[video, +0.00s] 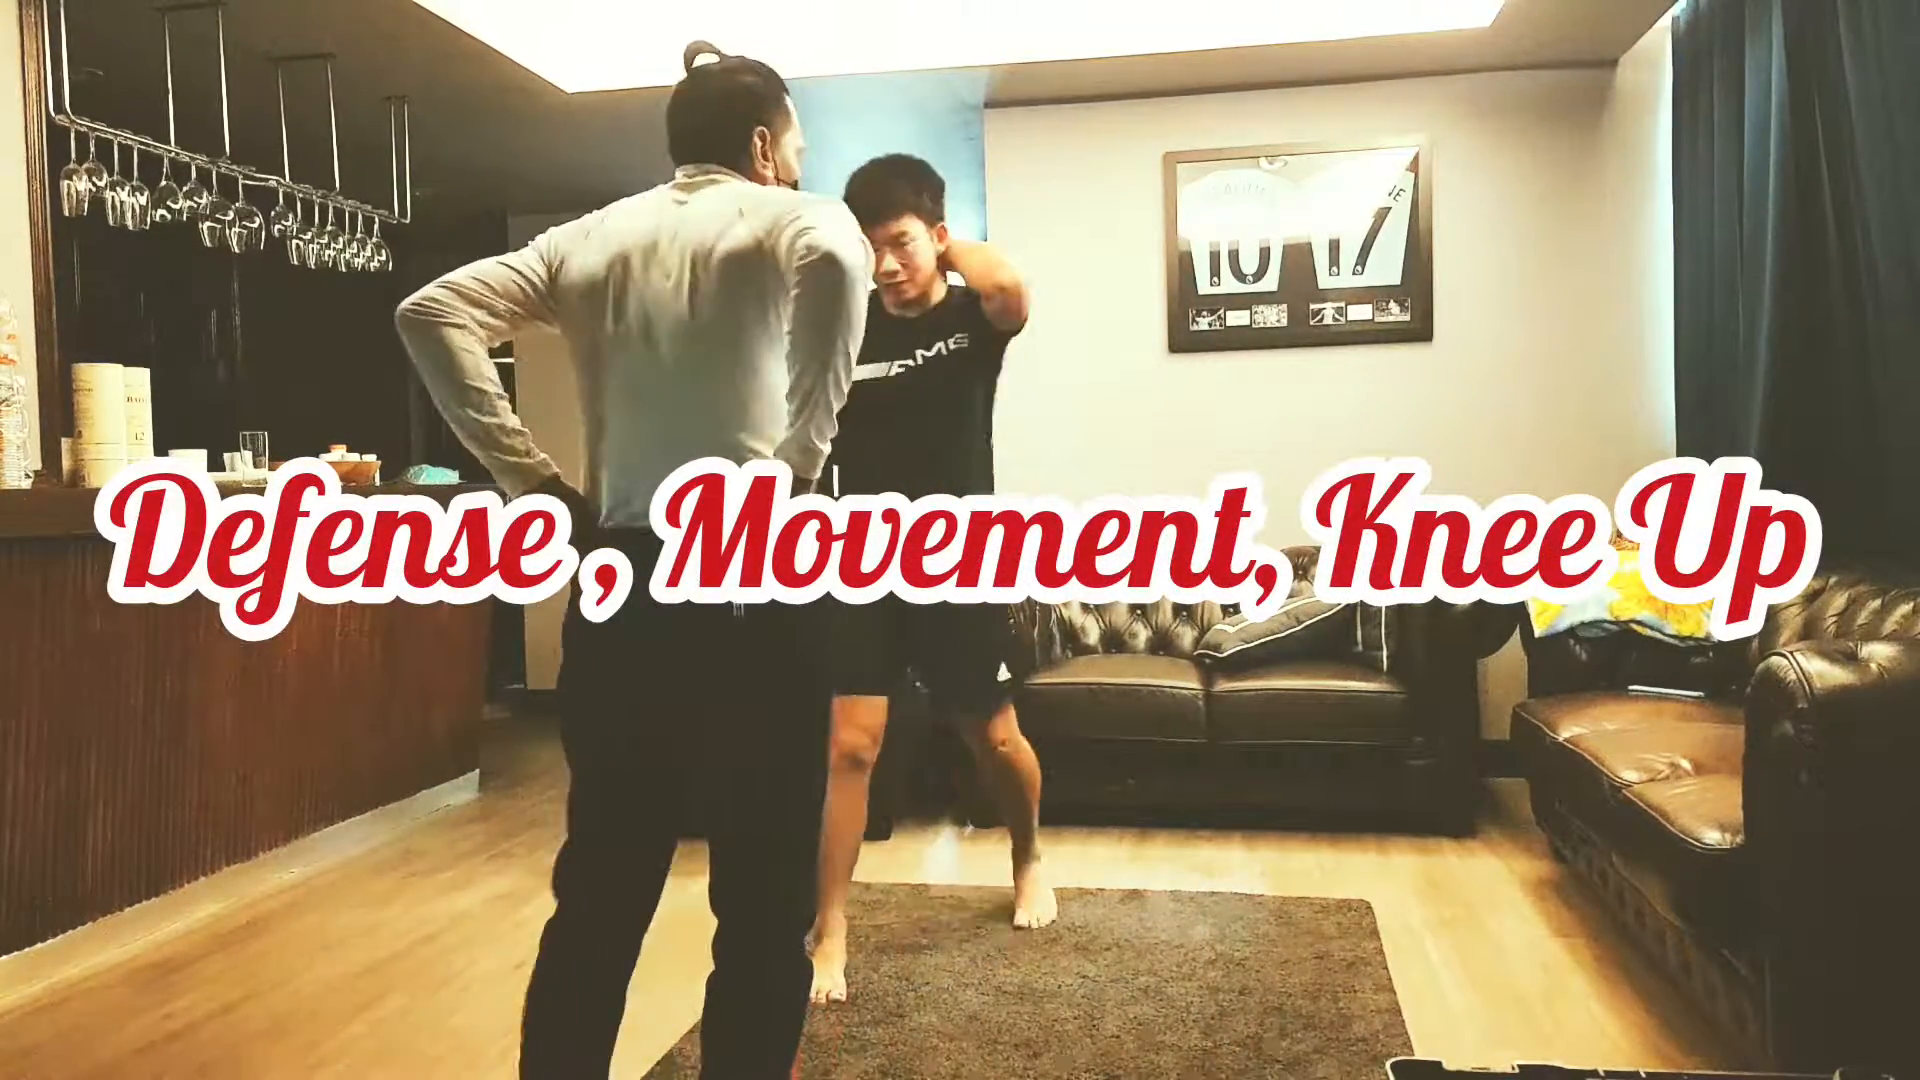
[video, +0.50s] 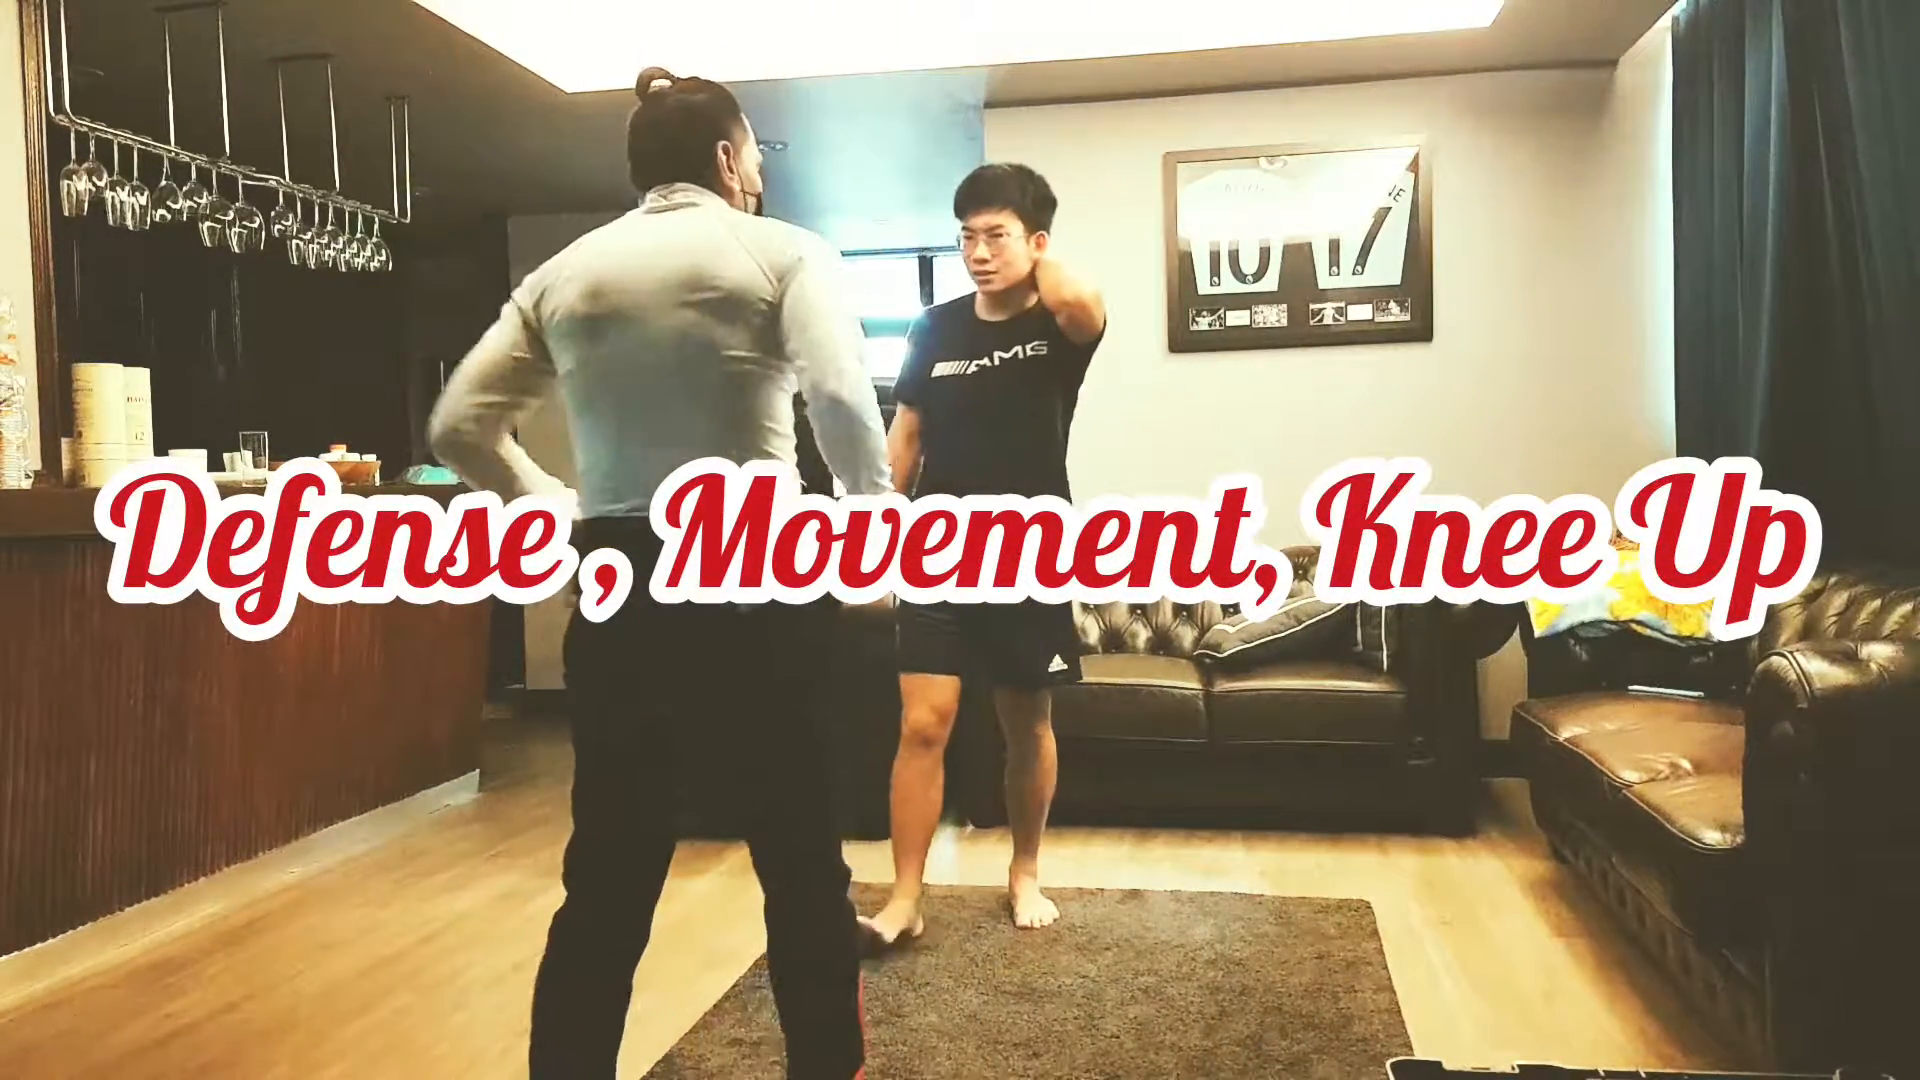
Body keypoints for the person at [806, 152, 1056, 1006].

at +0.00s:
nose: (888, 264)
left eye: (901, 243)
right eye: (873, 249)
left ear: (939, 235)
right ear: (856, 249)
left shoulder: (976, 313)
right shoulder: (845, 315)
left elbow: (1009, 295)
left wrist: (949, 242)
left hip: (956, 565)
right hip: (855, 565)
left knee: (998, 740)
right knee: (847, 748)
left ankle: (1027, 858)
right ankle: (828, 931)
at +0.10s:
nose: (907, 266)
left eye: (920, 247)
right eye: (894, 252)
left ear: (963, 242)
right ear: (884, 254)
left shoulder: (1004, 321)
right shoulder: (869, 337)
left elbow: (1020, 295)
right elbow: (838, 449)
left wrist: (979, 253)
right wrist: (803, 534)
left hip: (986, 565)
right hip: (886, 565)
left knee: (1006, 735)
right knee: (867, 747)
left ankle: (1026, 864)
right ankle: (830, 926)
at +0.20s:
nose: (931, 267)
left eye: (946, 249)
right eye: (919, 253)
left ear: (990, 248)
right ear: (909, 257)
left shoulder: (1026, 332)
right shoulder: (894, 344)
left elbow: (1042, 308)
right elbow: (867, 454)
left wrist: (1004, 264)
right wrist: (850, 551)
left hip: (1006, 573)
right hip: (909, 575)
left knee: (1022, 733)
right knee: (884, 742)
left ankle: (1028, 874)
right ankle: (847, 912)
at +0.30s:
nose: (952, 259)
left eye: (967, 242)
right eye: (940, 245)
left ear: (1011, 244)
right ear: (930, 251)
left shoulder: (1044, 330)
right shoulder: (913, 344)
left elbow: (1059, 310)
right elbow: (888, 458)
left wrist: (1023, 268)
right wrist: (872, 564)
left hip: (1016, 572)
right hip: (921, 574)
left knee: (1025, 731)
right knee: (902, 736)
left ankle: (1027, 876)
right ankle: (874, 908)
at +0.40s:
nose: (966, 253)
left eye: (983, 236)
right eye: (955, 239)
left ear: (1026, 238)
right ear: (947, 244)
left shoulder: (1053, 321)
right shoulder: (927, 330)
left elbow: (1076, 312)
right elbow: (901, 438)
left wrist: (1042, 274)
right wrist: (880, 534)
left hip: (1024, 561)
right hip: (931, 559)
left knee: (1026, 728)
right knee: (918, 728)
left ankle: (1026, 876)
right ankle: (895, 902)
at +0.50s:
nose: (978, 250)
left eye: (995, 234)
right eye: (968, 237)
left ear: (1037, 240)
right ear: (959, 242)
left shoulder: (1063, 325)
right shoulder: (938, 325)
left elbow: (1081, 310)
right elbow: (905, 438)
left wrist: (1046, 271)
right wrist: (877, 532)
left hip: (1030, 555)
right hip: (935, 551)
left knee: (1028, 727)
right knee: (923, 724)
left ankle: (1025, 875)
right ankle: (904, 895)